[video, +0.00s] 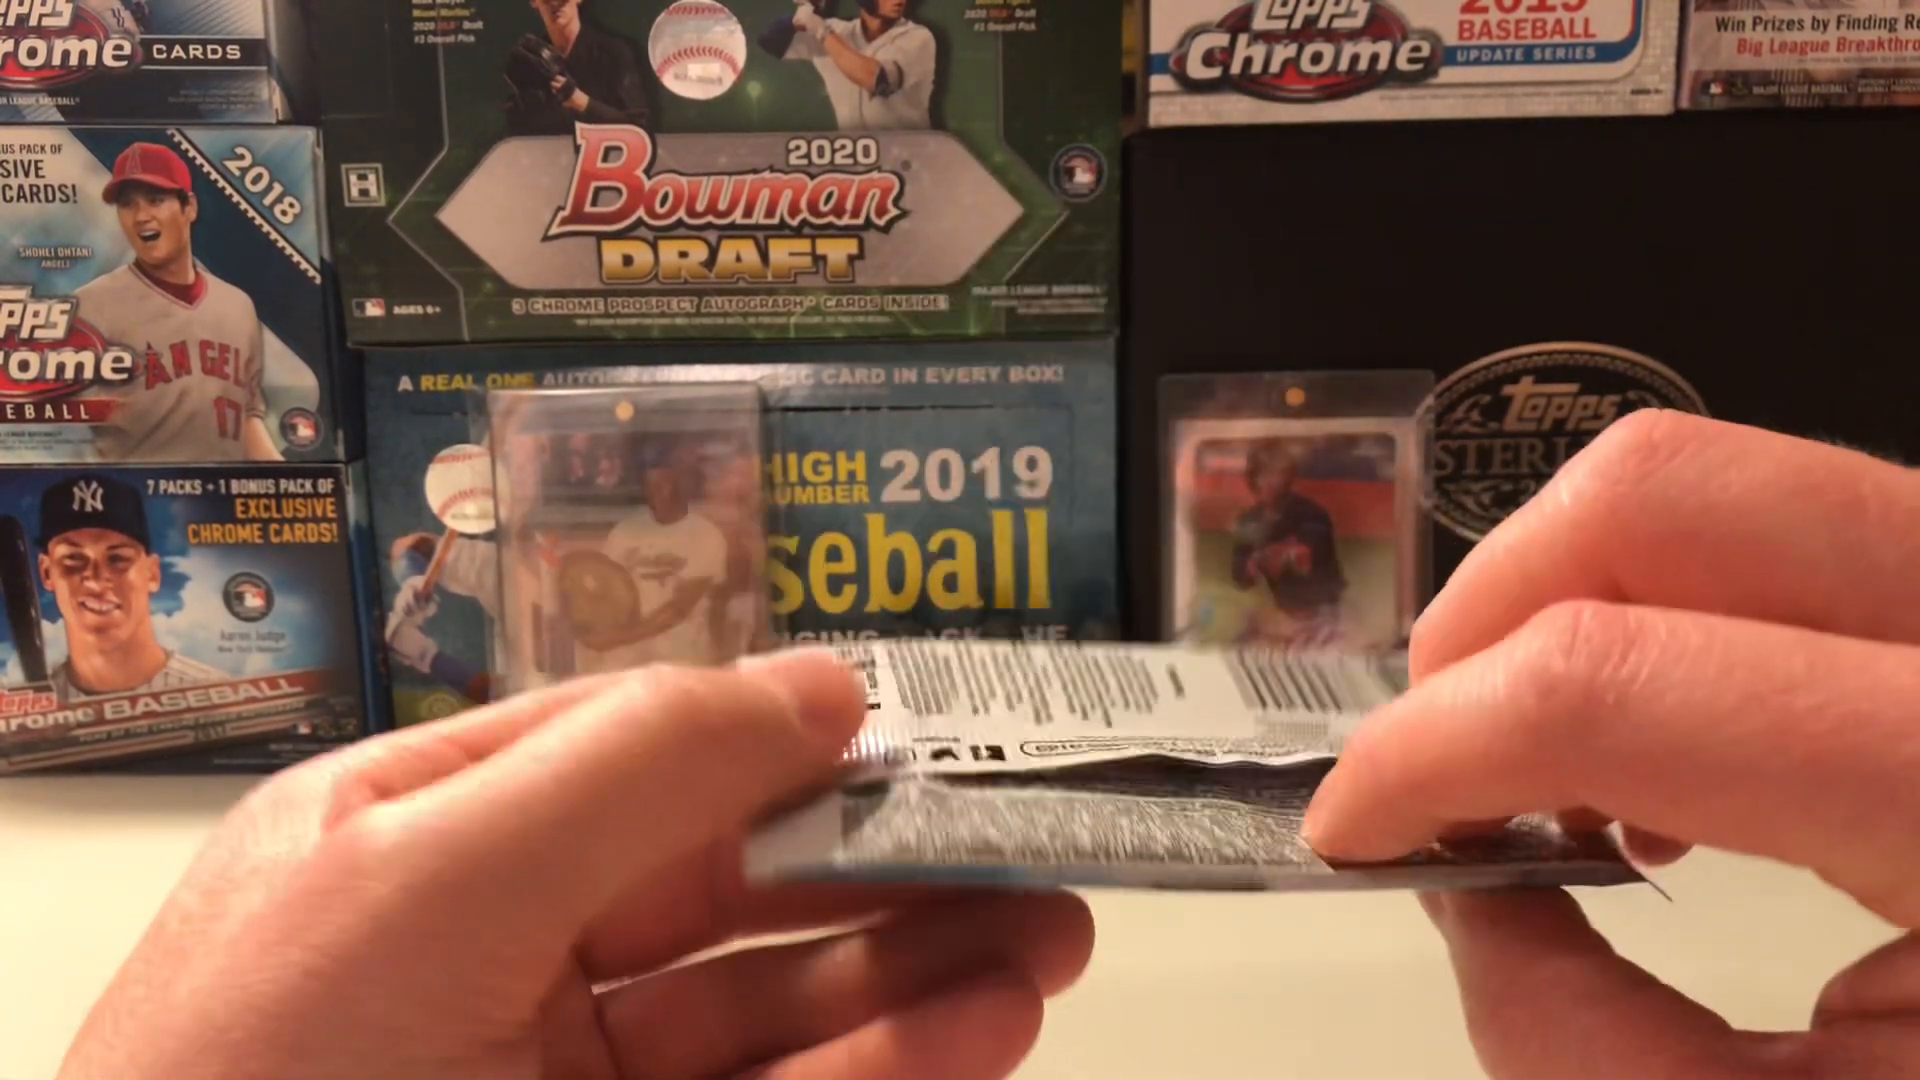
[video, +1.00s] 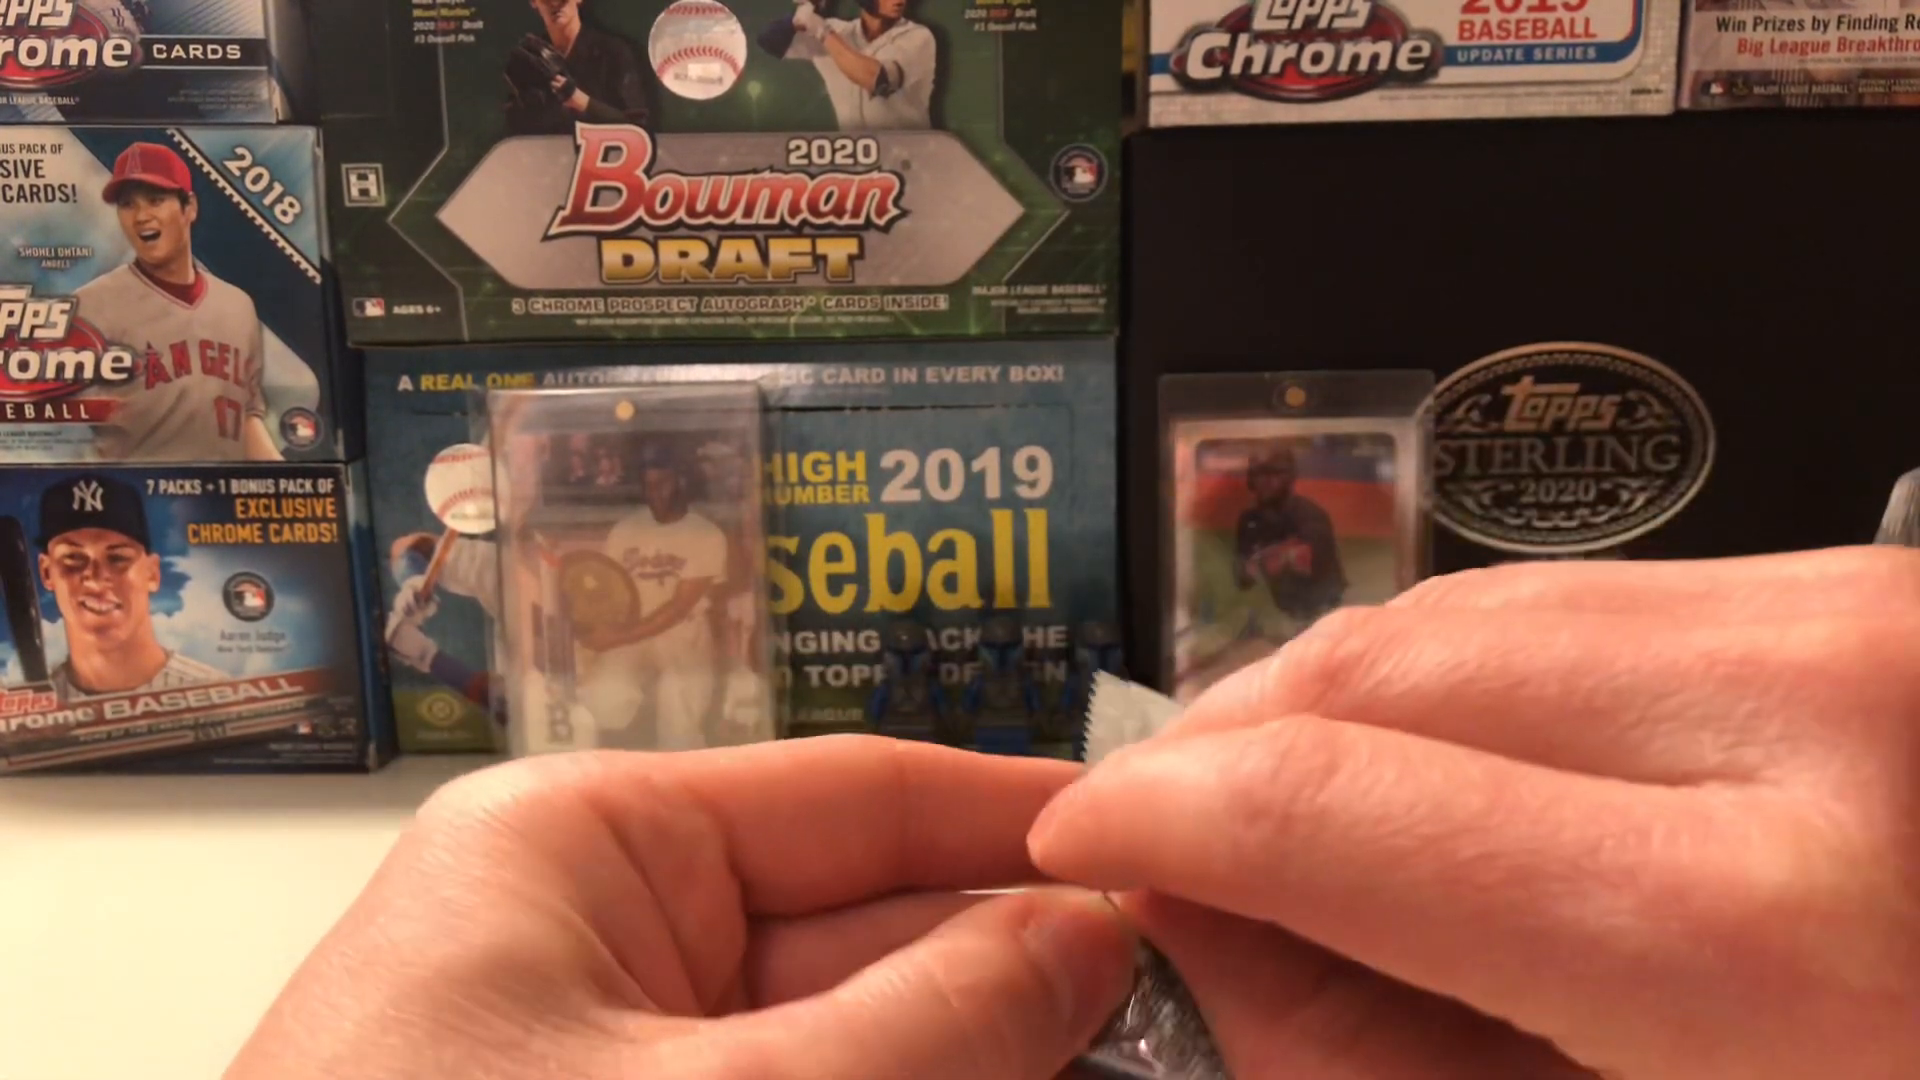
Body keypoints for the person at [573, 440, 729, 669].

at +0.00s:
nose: (659, 493)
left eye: (665, 484)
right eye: (653, 485)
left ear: (680, 486)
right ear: (645, 488)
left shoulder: (707, 536)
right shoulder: (625, 531)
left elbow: (681, 607)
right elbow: (604, 591)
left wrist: (619, 638)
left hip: (685, 661)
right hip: (628, 662)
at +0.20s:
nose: (654, 494)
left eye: (661, 485)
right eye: (649, 486)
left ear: (679, 485)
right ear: (643, 489)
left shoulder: (707, 535)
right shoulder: (623, 532)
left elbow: (681, 606)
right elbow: (604, 590)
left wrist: (631, 635)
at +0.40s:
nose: (655, 493)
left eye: (662, 484)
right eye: (649, 485)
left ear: (681, 485)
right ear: (643, 489)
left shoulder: (706, 535)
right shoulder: (625, 530)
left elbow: (681, 606)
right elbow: (601, 587)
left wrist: (619, 637)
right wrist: (597, 627)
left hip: (682, 653)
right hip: (628, 652)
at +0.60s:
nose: (654, 494)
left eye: (661, 485)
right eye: (649, 485)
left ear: (682, 483)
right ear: (643, 487)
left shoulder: (706, 536)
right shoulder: (626, 529)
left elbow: (680, 607)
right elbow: (602, 586)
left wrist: (618, 636)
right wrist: (591, 624)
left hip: (685, 649)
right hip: (630, 647)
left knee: (675, 703)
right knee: (605, 703)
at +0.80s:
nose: (652, 493)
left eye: (660, 484)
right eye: (648, 485)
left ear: (681, 482)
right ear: (642, 486)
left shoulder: (706, 535)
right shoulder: (625, 530)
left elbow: (680, 608)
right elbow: (603, 588)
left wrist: (616, 637)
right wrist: (590, 626)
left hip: (684, 650)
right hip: (628, 648)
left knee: (675, 698)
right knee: (606, 699)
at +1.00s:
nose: (654, 493)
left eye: (661, 484)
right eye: (648, 485)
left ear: (680, 483)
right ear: (642, 487)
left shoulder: (705, 535)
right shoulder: (625, 530)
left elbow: (680, 607)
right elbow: (604, 589)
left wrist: (618, 636)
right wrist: (593, 626)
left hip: (685, 647)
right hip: (628, 646)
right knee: (602, 704)